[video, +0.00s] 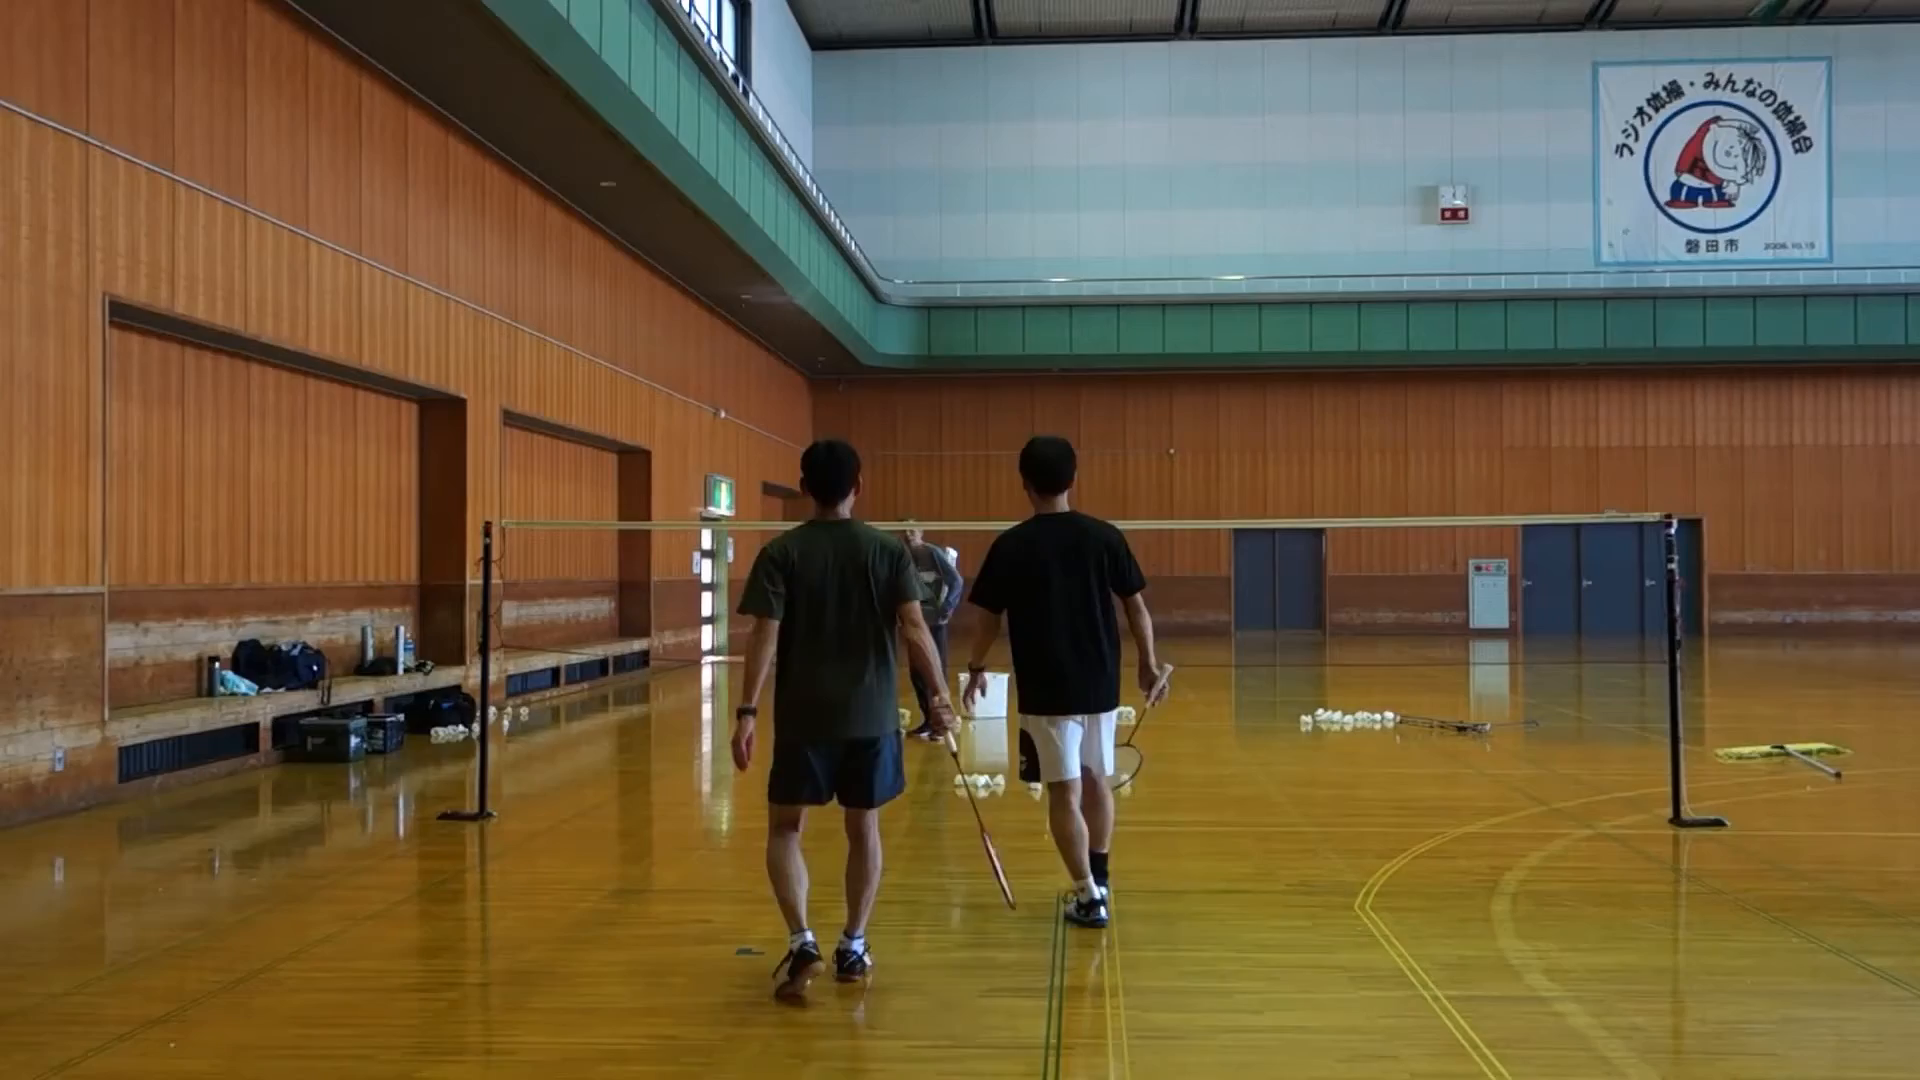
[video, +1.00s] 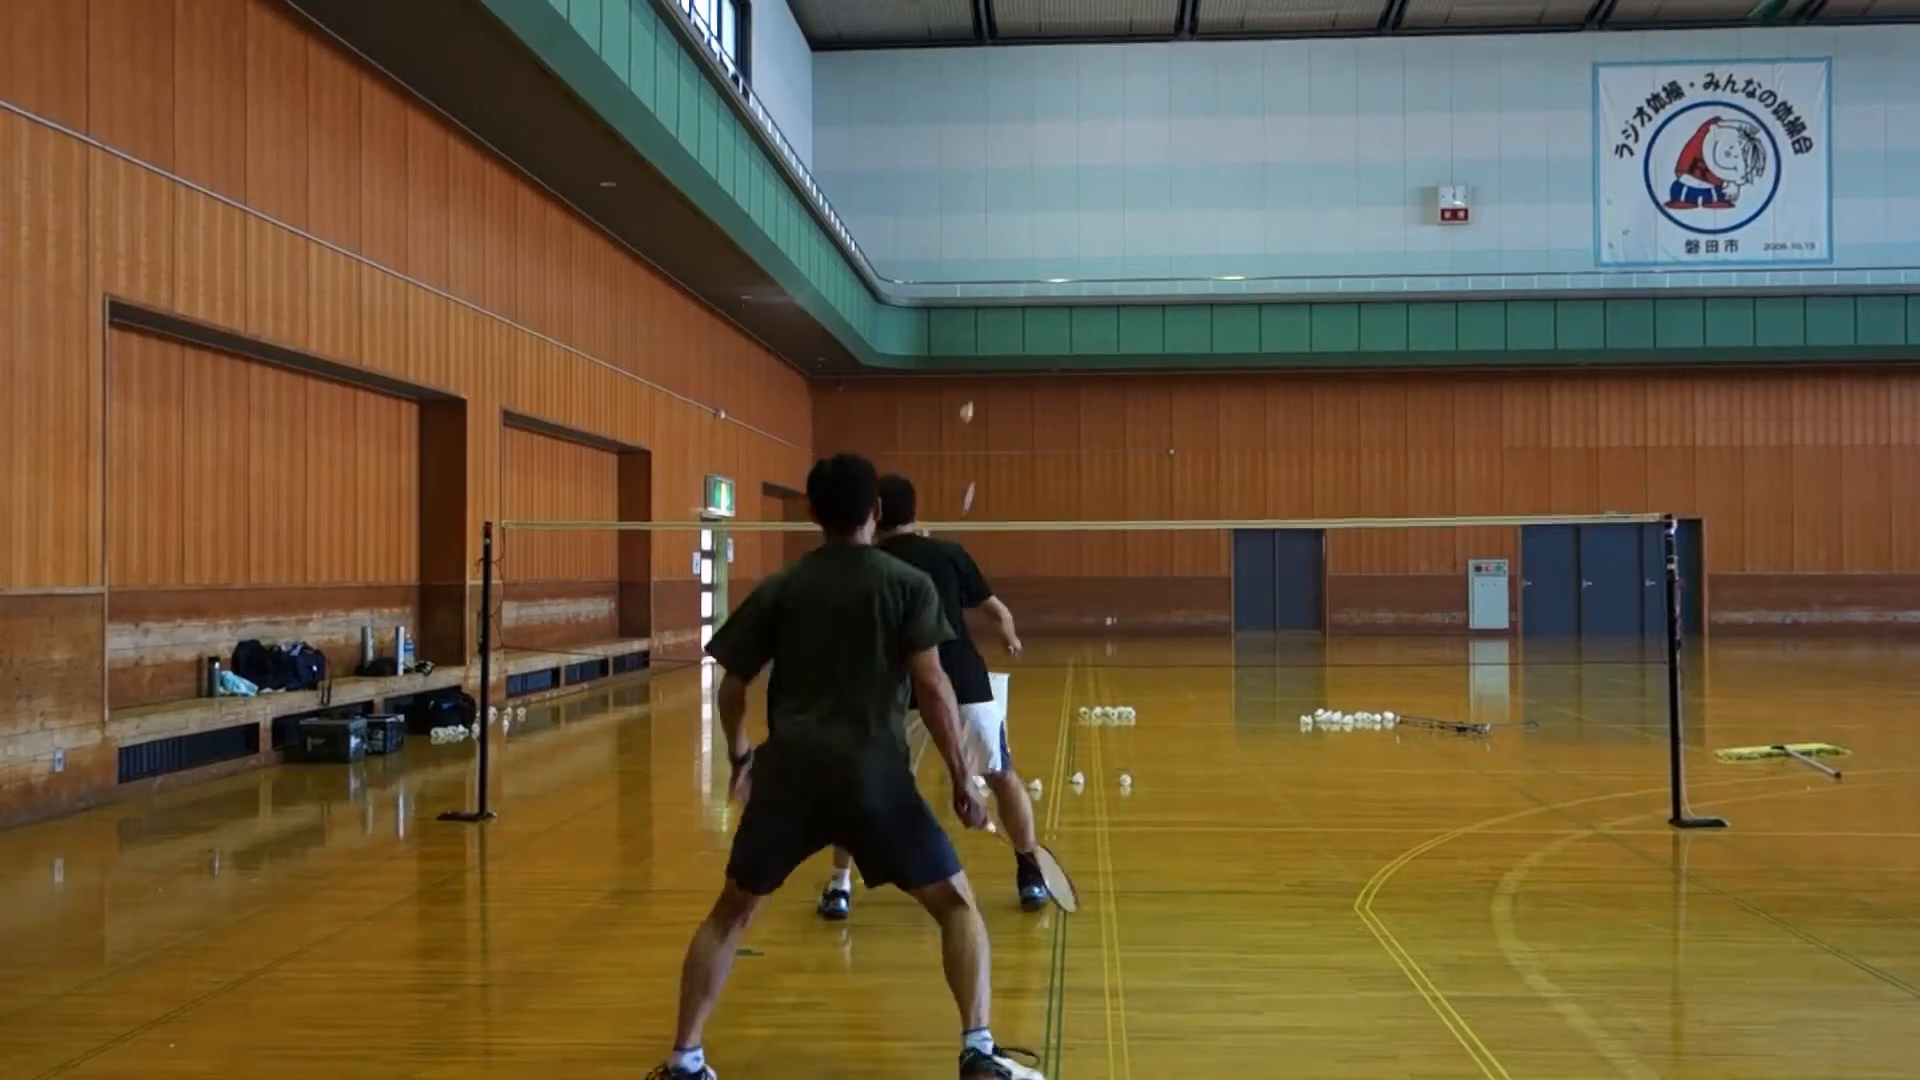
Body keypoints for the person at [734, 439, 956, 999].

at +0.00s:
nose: (861, 490)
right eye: (861, 482)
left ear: (805, 488)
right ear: (857, 487)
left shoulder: (782, 552)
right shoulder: (887, 550)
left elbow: (764, 640)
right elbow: (915, 629)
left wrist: (746, 711)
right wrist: (937, 696)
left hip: (803, 719)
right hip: (871, 719)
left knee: (785, 828)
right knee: (863, 825)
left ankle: (802, 936)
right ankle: (855, 943)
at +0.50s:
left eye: (805, 482)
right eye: (856, 482)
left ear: (800, 487)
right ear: (859, 487)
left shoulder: (774, 554)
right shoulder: (895, 550)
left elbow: (727, 641)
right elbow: (935, 639)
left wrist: (723, 677)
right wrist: (944, 712)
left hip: (805, 740)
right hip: (882, 735)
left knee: (801, 858)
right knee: (910, 867)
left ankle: (804, 992)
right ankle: (917, 990)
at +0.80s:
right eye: (875, 466)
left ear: (809, 470)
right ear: (872, 469)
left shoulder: (780, 537)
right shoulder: (911, 534)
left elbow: (748, 621)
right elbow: (953, 633)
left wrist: (769, 676)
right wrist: (965, 708)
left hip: (805, 718)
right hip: (886, 720)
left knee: (784, 858)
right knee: (917, 869)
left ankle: (763, 1010)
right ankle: (933, 1027)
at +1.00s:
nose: (875, 514)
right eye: (876, 506)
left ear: (814, 515)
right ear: (876, 513)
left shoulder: (780, 588)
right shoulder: (909, 585)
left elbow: (733, 684)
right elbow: (931, 684)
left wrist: (737, 752)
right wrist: (962, 776)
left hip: (786, 776)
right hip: (873, 779)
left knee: (731, 911)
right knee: (955, 906)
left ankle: (683, 1055)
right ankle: (979, 1045)